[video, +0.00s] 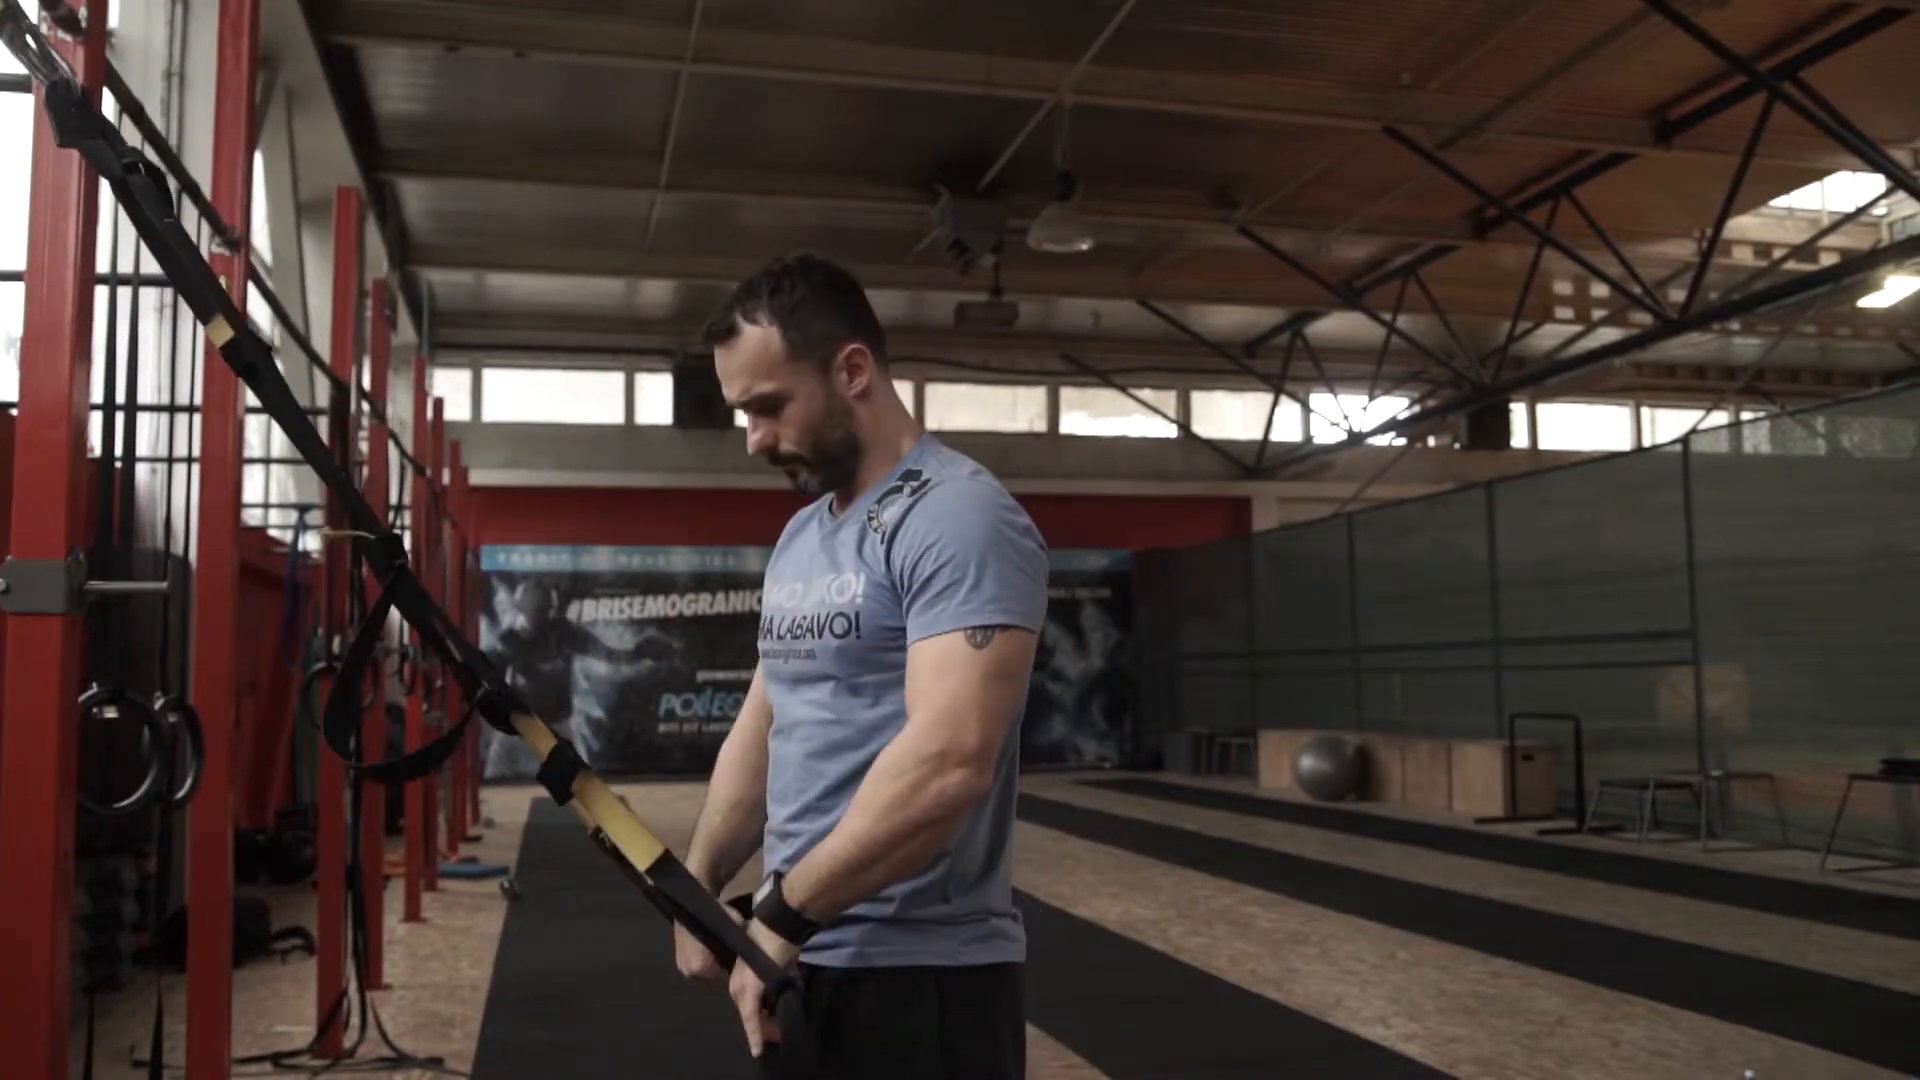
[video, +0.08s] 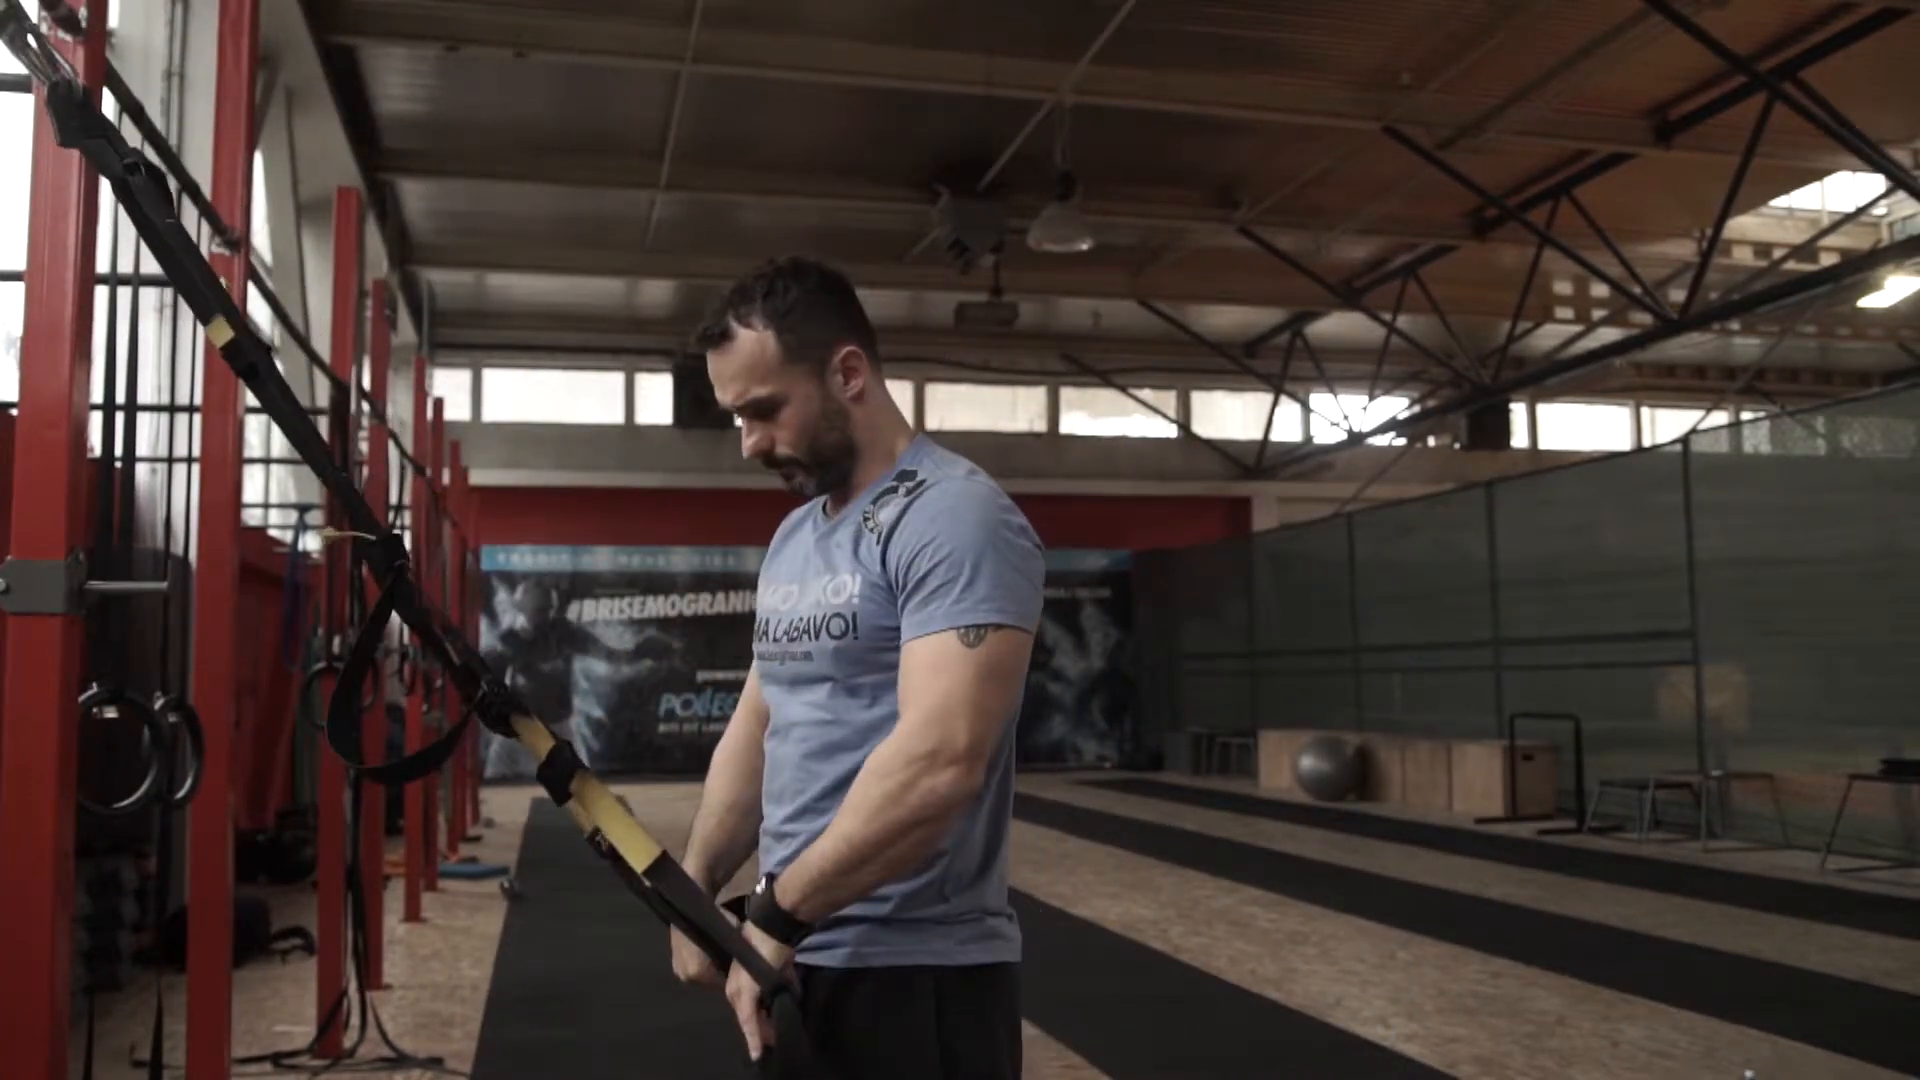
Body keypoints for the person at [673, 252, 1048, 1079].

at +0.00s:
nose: (756, 442)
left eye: (769, 406)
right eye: (744, 416)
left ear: (855, 371)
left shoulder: (964, 516)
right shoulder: (801, 537)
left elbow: (951, 760)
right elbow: (764, 719)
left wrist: (782, 912)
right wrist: (698, 878)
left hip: (927, 973)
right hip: (808, 966)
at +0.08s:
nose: (751, 445)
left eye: (765, 409)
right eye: (738, 420)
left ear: (851, 373)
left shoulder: (960, 516)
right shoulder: (795, 537)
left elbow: (942, 759)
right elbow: (757, 721)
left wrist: (775, 913)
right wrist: (695, 883)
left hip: (923, 973)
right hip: (804, 966)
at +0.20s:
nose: (742, 450)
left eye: (756, 414)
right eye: (727, 425)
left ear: (842, 376)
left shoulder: (951, 514)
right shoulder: (786, 539)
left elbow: (922, 762)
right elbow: (748, 723)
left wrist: (761, 921)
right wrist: (684, 888)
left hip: (916, 975)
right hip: (796, 969)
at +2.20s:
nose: (695, 461)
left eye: (704, 425)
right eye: (681, 436)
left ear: (786, 379)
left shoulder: (905, 509)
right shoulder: (773, 541)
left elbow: (852, 775)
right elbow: (741, 735)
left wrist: (722, 955)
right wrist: (680, 895)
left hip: (897, 984)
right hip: (784, 973)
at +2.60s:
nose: (674, 472)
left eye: (684, 436)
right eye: (662, 446)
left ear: (770, 391)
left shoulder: (887, 520)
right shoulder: (762, 535)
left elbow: (899, 799)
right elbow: (765, 734)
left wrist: (770, 943)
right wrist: (721, 901)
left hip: (939, 984)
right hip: (817, 971)